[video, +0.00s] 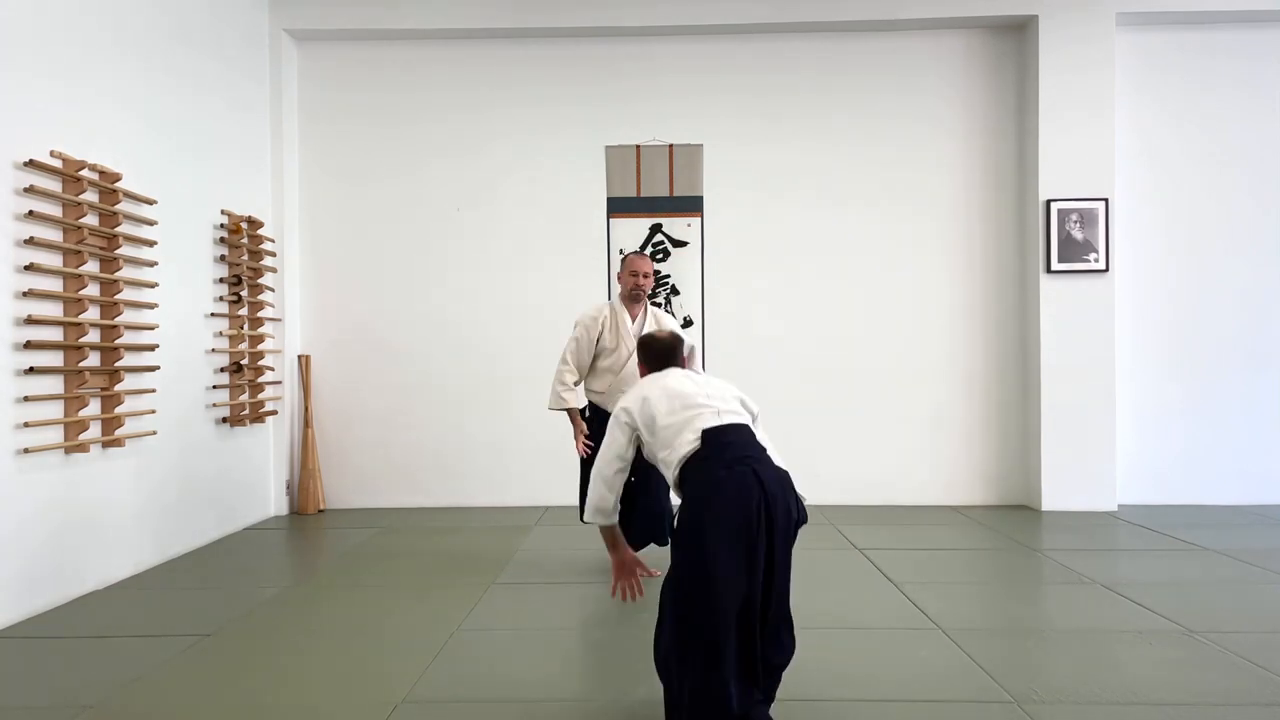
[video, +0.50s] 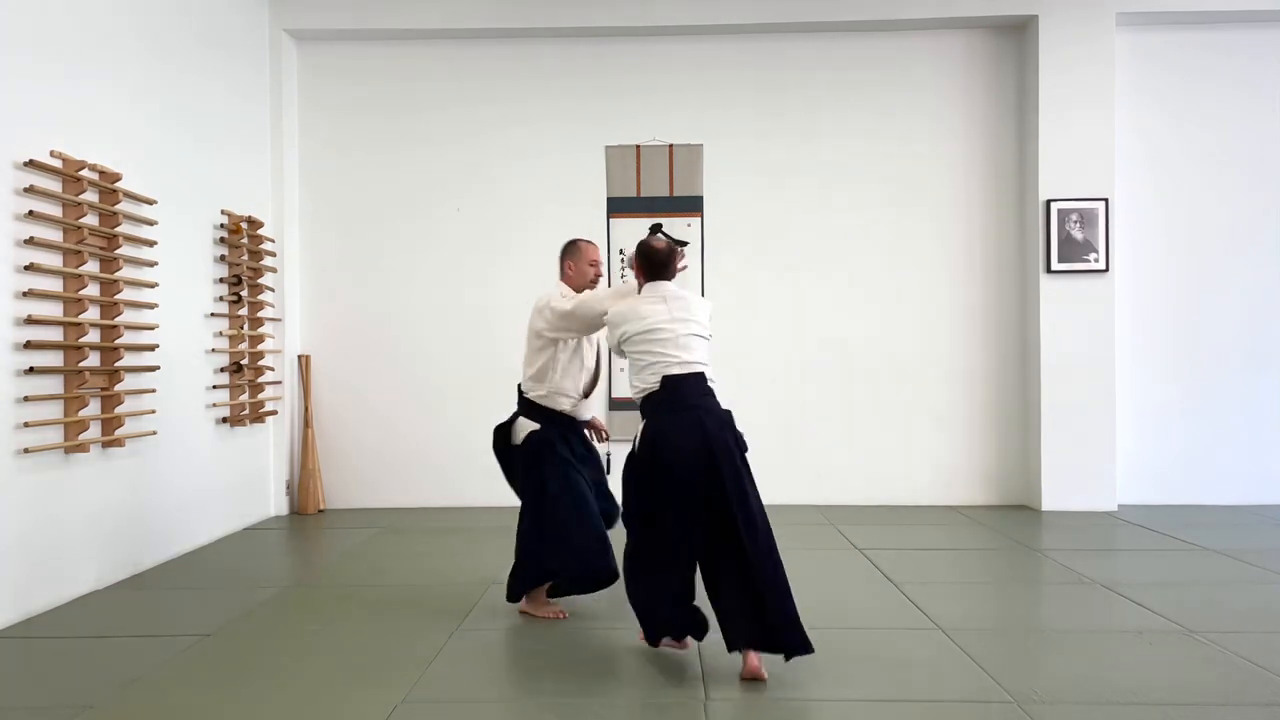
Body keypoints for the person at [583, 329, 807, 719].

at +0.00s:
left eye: (637, 365)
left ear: (640, 368)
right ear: (687, 361)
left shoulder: (636, 400)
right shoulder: (721, 386)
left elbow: (601, 492)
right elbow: (758, 447)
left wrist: (619, 552)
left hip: (717, 497)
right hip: (776, 493)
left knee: (693, 623)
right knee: (764, 612)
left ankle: (701, 707)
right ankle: (755, 706)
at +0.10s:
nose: (642, 343)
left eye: (643, 338)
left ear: (646, 342)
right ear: (692, 340)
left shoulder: (636, 376)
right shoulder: (724, 366)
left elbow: (591, 459)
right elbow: (782, 434)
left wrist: (608, 501)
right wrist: (793, 505)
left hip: (710, 480)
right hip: (770, 476)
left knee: (696, 607)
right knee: (757, 598)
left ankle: (713, 708)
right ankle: (756, 704)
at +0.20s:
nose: (646, 314)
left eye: (648, 309)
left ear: (653, 317)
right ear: (696, 315)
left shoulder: (637, 351)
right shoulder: (729, 347)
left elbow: (594, 414)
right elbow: (787, 408)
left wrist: (609, 460)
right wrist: (793, 473)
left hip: (697, 464)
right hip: (755, 461)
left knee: (706, 588)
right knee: (751, 579)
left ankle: (730, 704)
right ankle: (761, 695)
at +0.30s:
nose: (647, 296)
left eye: (649, 291)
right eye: (652, 290)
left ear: (656, 298)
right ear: (696, 298)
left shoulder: (637, 336)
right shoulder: (727, 333)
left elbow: (614, 407)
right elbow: (783, 392)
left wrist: (614, 431)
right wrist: (764, 439)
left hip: (681, 445)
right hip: (738, 443)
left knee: (699, 558)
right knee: (743, 551)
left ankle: (730, 682)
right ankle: (753, 672)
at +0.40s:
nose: (638, 283)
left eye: (640, 278)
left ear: (646, 283)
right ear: (685, 282)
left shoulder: (631, 325)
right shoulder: (713, 318)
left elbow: (616, 392)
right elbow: (751, 377)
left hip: (678, 433)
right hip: (729, 430)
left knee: (665, 533)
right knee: (736, 541)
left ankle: (707, 625)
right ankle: (754, 666)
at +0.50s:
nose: (626, 267)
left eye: (629, 262)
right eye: (678, 258)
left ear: (635, 271)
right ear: (676, 270)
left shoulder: (620, 313)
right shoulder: (699, 305)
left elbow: (619, 350)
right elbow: (696, 343)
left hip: (663, 428)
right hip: (711, 421)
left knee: (659, 528)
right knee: (728, 531)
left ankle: (670, 625)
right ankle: (750, 648)